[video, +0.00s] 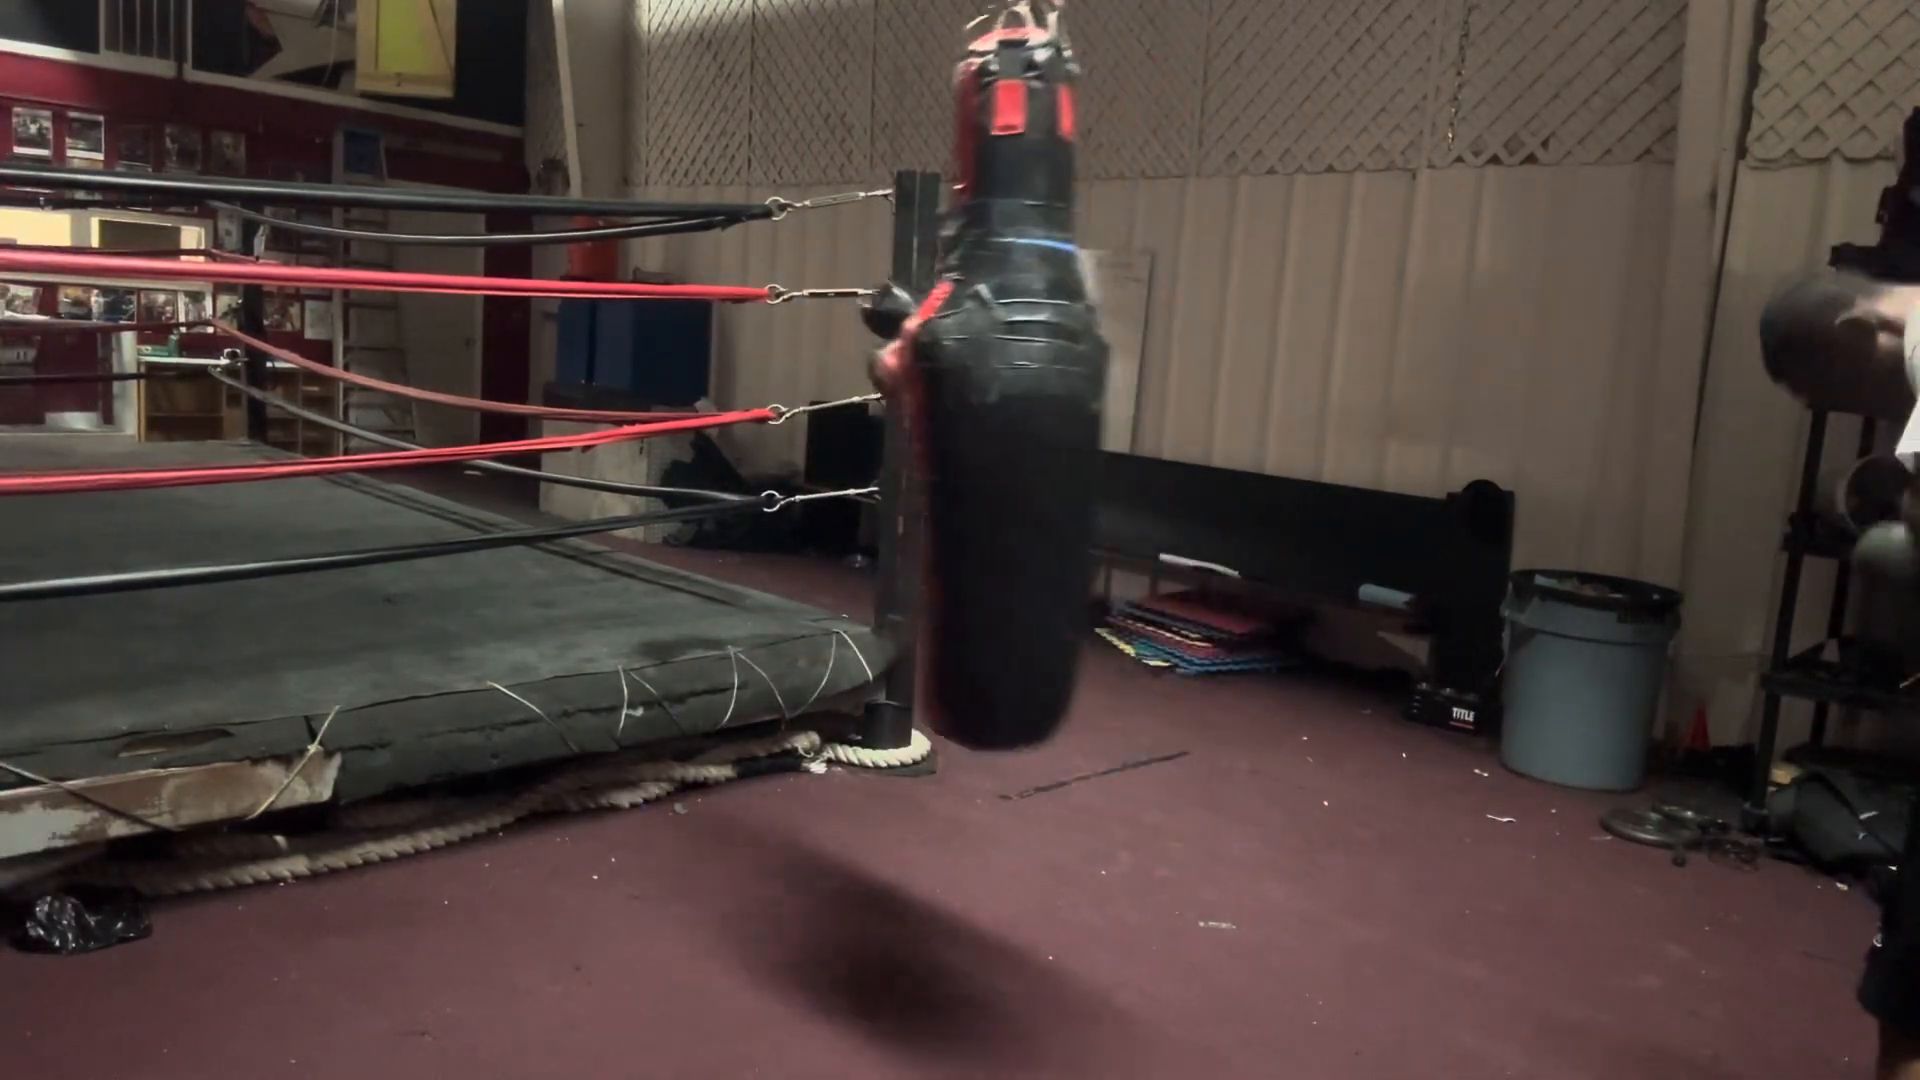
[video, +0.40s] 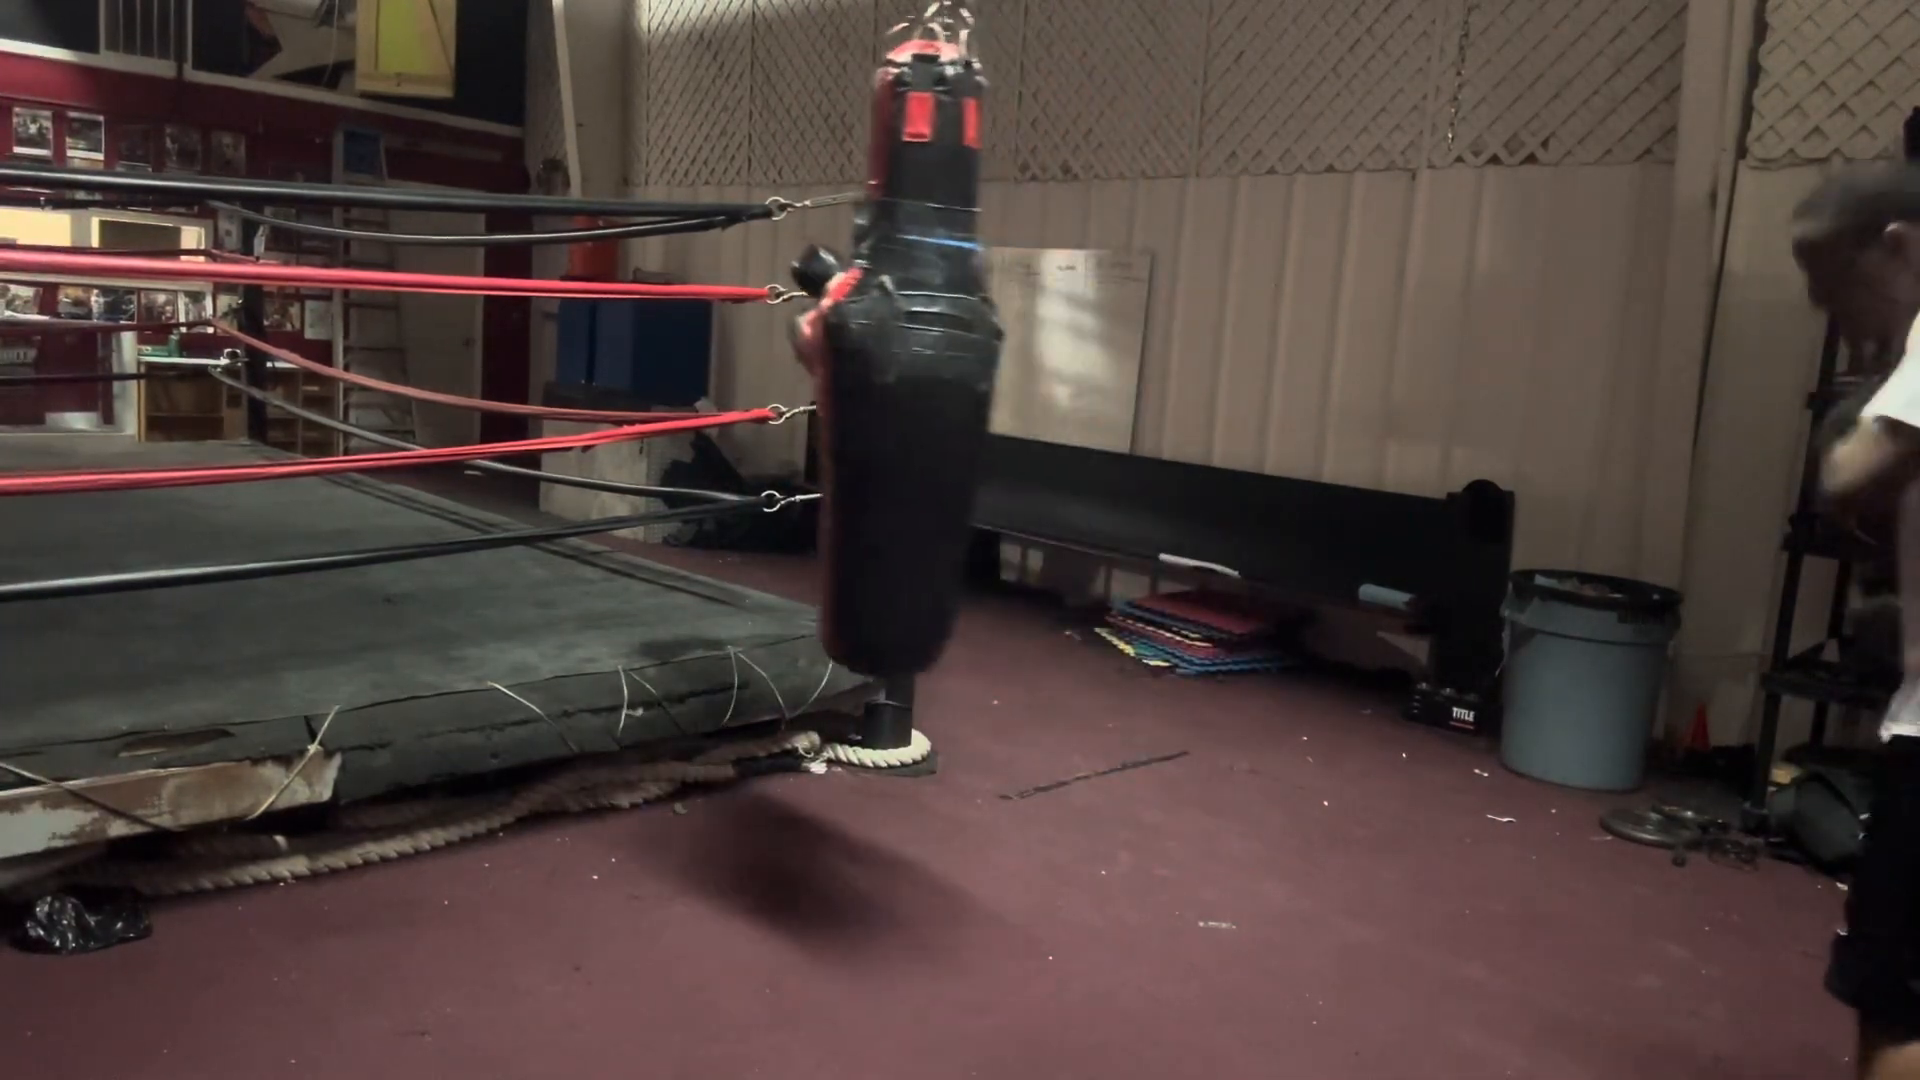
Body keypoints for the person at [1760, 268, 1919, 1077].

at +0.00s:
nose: (1848, 415)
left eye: (1835, 396)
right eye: (1829, 404)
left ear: (1868, 334)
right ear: (1869, 327)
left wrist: (1884, 502)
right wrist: (1887, 489)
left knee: (1901, 988)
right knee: (1898, 983)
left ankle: (1900, 1058)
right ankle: (1896, 1058)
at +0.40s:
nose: (1829, 320)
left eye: (1832, 291)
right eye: (1819, 298)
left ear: (1899, 249)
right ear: (1899, 252)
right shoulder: (1908, 349)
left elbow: (1852, 475)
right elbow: (1845, 478)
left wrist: (1845, 458)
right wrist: (1878, 467)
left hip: (1915, 728)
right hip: (1907, 723)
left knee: (1891, 1005)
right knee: (1884, 996)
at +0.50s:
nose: (1831, 263)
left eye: (1840, 236)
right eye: (1828, 241)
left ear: (1903, 221)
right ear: (1894, 228)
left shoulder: (1918, 325)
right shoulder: (1903, 329)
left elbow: (1808, 438)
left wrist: (1826, 461)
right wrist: (1857, 529)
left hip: (1907, 720)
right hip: (1897, 716)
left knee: (1885, 996)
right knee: (1875, 982)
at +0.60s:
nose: (1831, 234)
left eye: (1847, 208)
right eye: (1832, 209)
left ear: (1910, 213)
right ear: (1902, 218)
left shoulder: (1914, 315)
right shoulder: (1900, 317)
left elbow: (1768, 395)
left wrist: (1845, 363)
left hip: (1899, 707)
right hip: (1886, 703)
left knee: (1878, 994)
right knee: (1863, 978)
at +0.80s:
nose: (1828, 244)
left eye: (1840, 219)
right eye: (1827, 221)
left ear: (1902, 214)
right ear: (1905, 219)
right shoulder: (1908, 293)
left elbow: (1741, 328)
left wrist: (1839, 306)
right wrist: (1847, 319)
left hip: (1900, 680)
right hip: (1891, 676)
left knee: (1775, 934)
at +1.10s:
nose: (1775, 251)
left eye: (1783, 230)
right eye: (1772, 233)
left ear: (1843, 218)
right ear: (1859, 221)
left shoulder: (1905, 271)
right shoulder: (1894, 284)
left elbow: (1685, 299)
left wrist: (1807, 303)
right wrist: (1798, 536)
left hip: (1865, 690)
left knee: (1699, 919)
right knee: (1916, 960)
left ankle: (1676, 1065)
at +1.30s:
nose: (1683, 232)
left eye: (1692, 215)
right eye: (1683, 215)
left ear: (1739, 209)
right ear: (1794, 209)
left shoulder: (1785, 281)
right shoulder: (1889, 301)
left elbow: (1589, 280)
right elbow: (1798, 416)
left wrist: (1688, 306)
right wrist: (1698, 395)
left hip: (1737, 670)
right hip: (1828, 680)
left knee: (1644, 899)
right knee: (1757, 892)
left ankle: (1636, 1068)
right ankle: (1854, 1059)